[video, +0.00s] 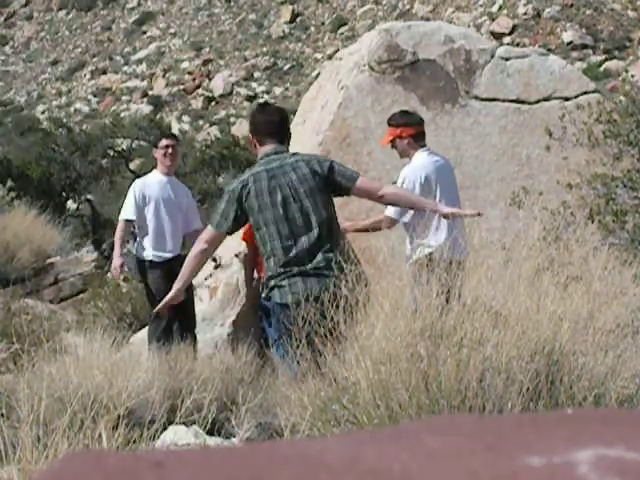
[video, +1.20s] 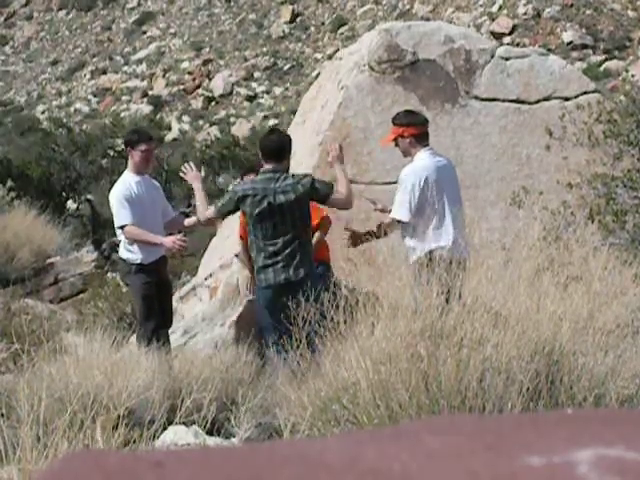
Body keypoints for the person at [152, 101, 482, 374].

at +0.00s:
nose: (248, 140)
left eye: (249, 136)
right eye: (254, 135)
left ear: (253, 140)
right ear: (287, 134)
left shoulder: (243, 185)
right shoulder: (315, 165)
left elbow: (207, 243)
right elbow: (380, 192)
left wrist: (177, 288)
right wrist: (438, 208)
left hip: (287, 297)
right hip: (336, 287)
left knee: (298, 379)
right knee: (341, 370)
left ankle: (308, 443)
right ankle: (348, 437)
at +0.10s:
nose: (253, 141)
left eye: (254, 137)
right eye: (264, 136)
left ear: (258, 139)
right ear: (291, 136)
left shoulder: (245, 183)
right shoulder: (317, 169)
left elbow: (201, 230)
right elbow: (380, 192)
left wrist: (170, 258)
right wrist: (437, 208)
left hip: (285, 291)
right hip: (331, 284)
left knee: (296, 373)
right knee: (338, 365)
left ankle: (306, 436)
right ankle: (343, 428)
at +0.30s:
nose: (260, 145)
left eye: (258, 140)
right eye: (276, 139)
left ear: (257, 144)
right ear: (290, 143)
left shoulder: (240, 184)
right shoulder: (307, 182)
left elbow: (184, 214)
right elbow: (359, 214)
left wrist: (143, 233)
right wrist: (414, 235)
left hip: (262, 296)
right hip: (303, 292)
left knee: (262, 377)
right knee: (309, 373)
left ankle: (267, 440)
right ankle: (314, 435)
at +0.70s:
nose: (252, 168)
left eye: (246, 164)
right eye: (265, 162)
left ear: (244, 166)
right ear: (274, 162)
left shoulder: (230, 203)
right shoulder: (293, 196)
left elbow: (189, 228)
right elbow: (340, 207)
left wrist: (156, 244)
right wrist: (382, 206)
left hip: (252, 299)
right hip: (292, 294)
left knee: (265, 366)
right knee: (308, 360)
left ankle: (272, 420)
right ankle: (317, 416)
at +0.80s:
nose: (266, 156)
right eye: (268, 150)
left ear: (243, 157)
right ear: (272, 152)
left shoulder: (229, 192)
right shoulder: (289, 185)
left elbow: (195, 202)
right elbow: (337, 185)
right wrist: (375, 172)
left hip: (254, 287)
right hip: (292, 281)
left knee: (261, 357)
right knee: (308, 348)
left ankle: (268, 416)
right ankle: (317, 409)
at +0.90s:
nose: (268, 135)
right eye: (270, 129)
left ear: (244, 135)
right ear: (274, 132)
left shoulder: (230, 169)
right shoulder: (290, 162)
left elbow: (194, 171)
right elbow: (338, 154)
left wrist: (175, 155)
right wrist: (376, 133)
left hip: (253, 261)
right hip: (290, 254)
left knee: (263, 324)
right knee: (304, 317)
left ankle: (271, 387)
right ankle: (316, 375)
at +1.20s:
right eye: (288, 153)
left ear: (260, 157)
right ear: (288, 155)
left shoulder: (244, 191)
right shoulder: (302, 184)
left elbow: (206, 216)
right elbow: (345, 201)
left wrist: (197, 184)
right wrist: (338, 165)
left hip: (269, 279)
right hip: (304, 273)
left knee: (279, 344)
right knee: (317, 337)